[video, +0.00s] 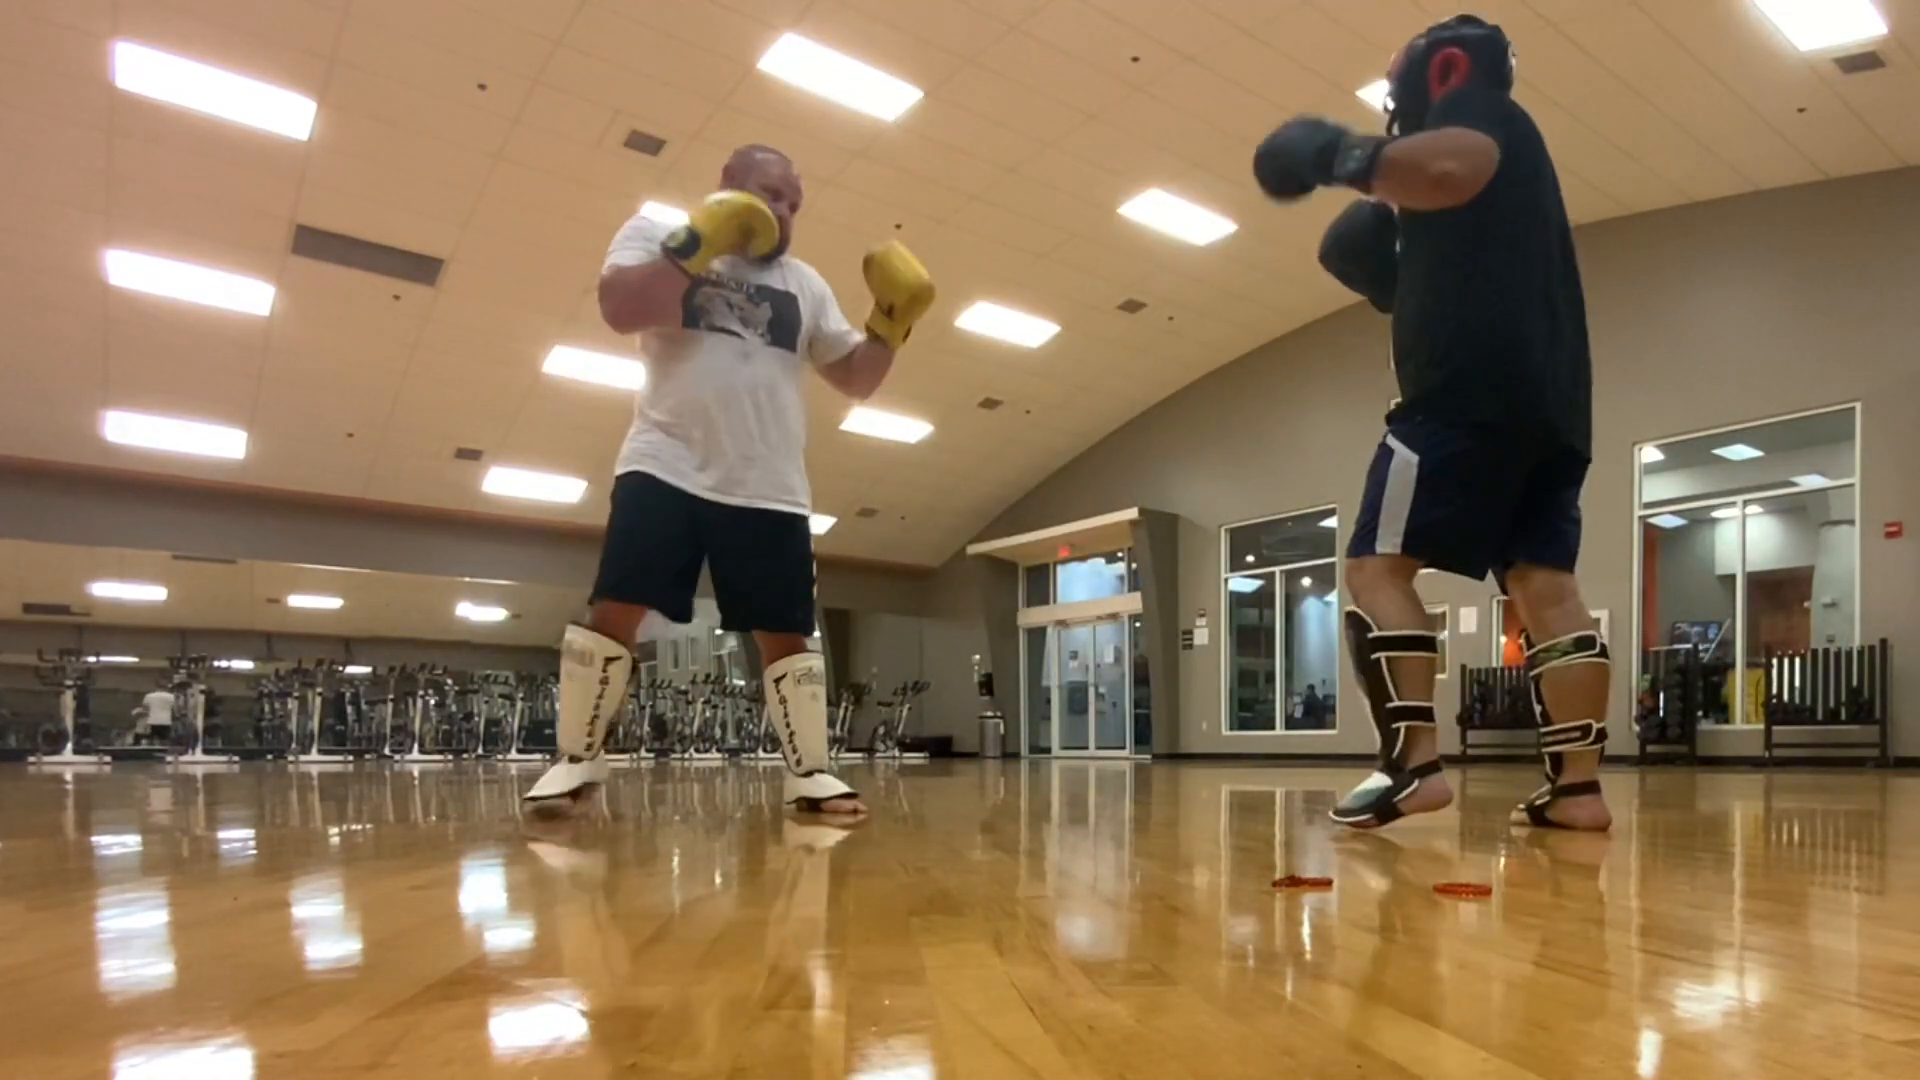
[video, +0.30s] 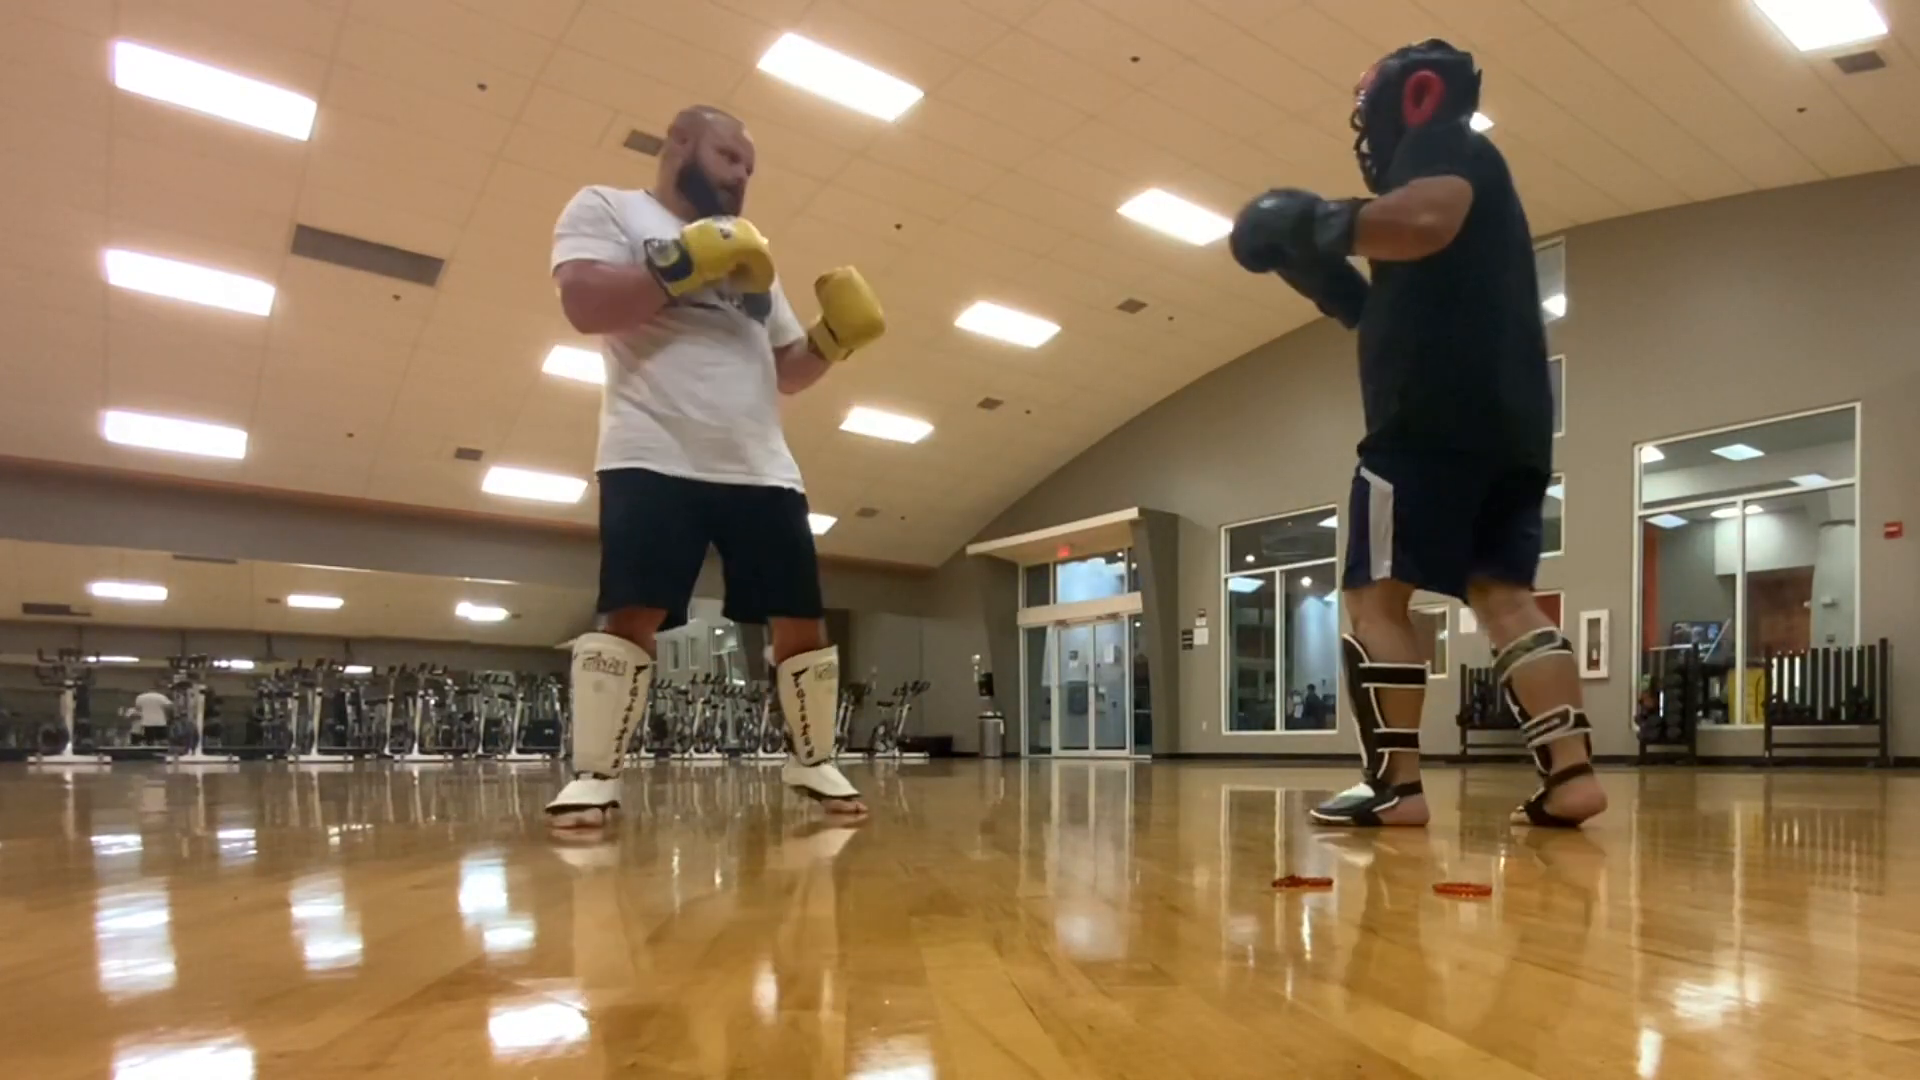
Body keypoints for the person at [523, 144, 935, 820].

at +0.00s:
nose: (783, 212)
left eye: (794, 203)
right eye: (771, 196)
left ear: (799, 211)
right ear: (728, 188)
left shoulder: (805, 283)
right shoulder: (662, 234)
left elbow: (855, 378)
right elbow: (620, 308)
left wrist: (890, 327)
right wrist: (700, 247)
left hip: (768, 475)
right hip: (667, 457)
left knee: (785, 626)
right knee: (618, 605)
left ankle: (810, 773)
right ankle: (577, 760)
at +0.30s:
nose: (743, 171)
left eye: (750, 166)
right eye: (731, 153)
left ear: (749, 180)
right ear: (679, 145)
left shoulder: (748, 259)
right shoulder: (608, 207)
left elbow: (782, 374)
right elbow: (585, 305)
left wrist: (829, 339)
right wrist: (684, 266)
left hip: (758, 453)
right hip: (652, 442)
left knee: (797, 605)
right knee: (635, 606)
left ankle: (815, 761)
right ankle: (595, 775)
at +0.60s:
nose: (767, 165)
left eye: (770, 157)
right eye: (758, 149)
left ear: (716, 141)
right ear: (706, 133)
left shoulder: (757, 261)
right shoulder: (637, 191)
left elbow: (777, 363)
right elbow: (682, 267)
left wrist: (844, 311)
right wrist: (746, 199)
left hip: (769, 462)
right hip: (665, 452)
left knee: (811, 616)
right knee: (630, 615)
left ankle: (870, 763)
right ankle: (592, 777)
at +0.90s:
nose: (845, 175)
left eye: (850, 167)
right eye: (837, 156)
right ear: (785, 138)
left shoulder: (832, 270)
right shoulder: (708, 192)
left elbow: (847, 374)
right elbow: (706, 278)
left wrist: (903, 340)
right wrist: (806, 230)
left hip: (823, 452)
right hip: (731, 431)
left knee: (839, 607)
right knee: (721, 590)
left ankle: (869, 773)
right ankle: (669, 773)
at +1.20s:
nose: (834, 180)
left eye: (838, 170)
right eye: (822, 162)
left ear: (785, 154)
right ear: (774, 148)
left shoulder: (818, 237)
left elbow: (903, 304)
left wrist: (963, 323)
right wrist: (859, 198)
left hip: (828, 430)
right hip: (742, 454)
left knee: (954, 382)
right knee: (751, 601)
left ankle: (968, 521)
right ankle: (707, 786)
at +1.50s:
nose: (861, 163)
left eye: (865, 150)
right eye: (848, 147)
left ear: (863, 153)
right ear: (797, 143)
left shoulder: (878, 234)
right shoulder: (737, 229)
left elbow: (915, 319)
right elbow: (729, 306)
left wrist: (987, 341)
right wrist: (805, 234)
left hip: (915, 452)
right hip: (808, 456)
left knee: (991, 593)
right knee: (778, 609)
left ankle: (1033, 747)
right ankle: (706, 781)